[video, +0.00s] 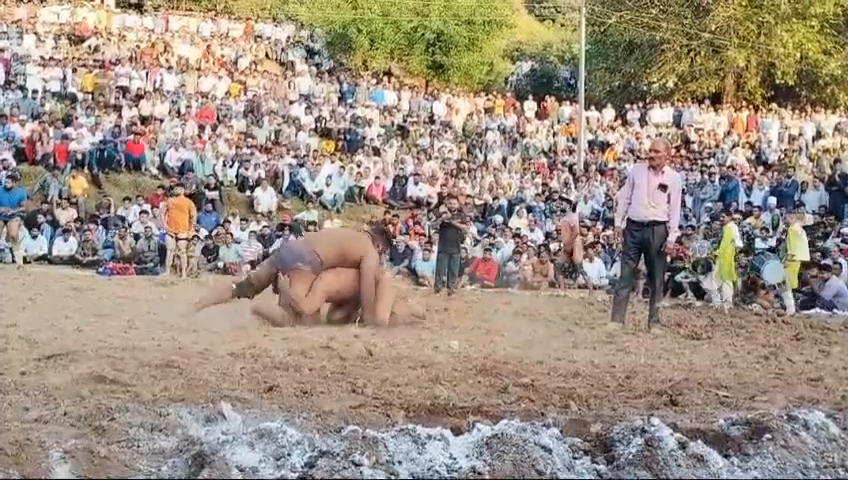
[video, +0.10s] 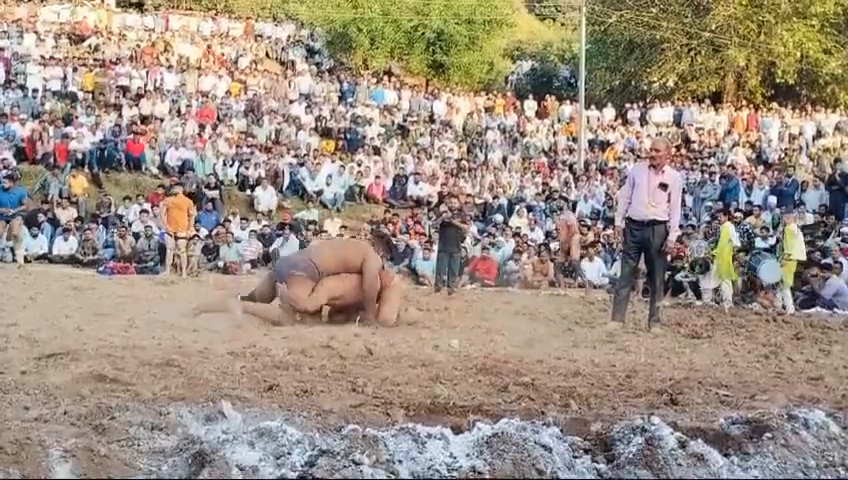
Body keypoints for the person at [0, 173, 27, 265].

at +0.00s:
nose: (7, 182)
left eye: (10, 180)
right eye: (6, 180)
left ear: (15, 182)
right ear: (5, 180)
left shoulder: (21, 191)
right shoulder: (2, 190)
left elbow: (24, 207)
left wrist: (12, 211)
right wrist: (3, 210)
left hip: (14, 214)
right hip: (3, 214)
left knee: (12, 234)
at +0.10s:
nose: (4, 183)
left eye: (6, 181)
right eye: (3, 181)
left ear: (12, 181)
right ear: (3, 181)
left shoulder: (21, 191)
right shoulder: (2, 191)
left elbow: (25, 206)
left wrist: (13, 211)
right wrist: (3, 210)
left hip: (16, 214)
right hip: (3, 214)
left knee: (15, 226)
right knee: (2, 225)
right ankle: (3, 248)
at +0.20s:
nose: (1, 181)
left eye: (3, 179)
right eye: (1, 179)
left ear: (9, 180)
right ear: (1, 179)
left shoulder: (20, 190)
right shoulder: (2, 192)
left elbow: (26, 203)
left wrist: (15, 210)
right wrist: (4, 210)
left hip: (18, 214)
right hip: (4, 215)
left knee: (20, 232)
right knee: (2, 231)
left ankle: (21, 257)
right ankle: (3, 253)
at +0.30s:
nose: (0, 180)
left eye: (2, 178)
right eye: (0, 178)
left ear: (6, 178)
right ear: (2, 178)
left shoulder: (19, 187)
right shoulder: (2, 191)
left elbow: (28, 199)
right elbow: (1, 204)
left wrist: (15, 206)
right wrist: (4, 208)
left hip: (22, 212)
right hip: (9, 213)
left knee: (22, 232)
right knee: (5, 232)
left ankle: (22, 256)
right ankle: (2, 253)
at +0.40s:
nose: (1, 179)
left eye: (2, 176)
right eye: (1, 176)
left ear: (6, 176)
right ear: (2, 177)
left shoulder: (18, 183)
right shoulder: (2, 190)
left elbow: (28, 195)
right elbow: (2, 204)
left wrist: (15, 203)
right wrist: (7, 206)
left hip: (25, 210)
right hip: (12, 212)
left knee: (25, 232)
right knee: (7, 231)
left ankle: (23, 256)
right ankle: (3, 252)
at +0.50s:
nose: (0, 177)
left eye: (1, 175)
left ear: (6, 174)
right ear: (2, 176)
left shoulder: (19, 181)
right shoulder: (2, 189)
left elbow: (29, 191)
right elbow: (3, 201)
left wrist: (16, 200)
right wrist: (8, 204)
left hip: (28, 209)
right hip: (15, 210)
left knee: (27, 231)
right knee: (9, 230)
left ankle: (24, 255)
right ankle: (5, 251)